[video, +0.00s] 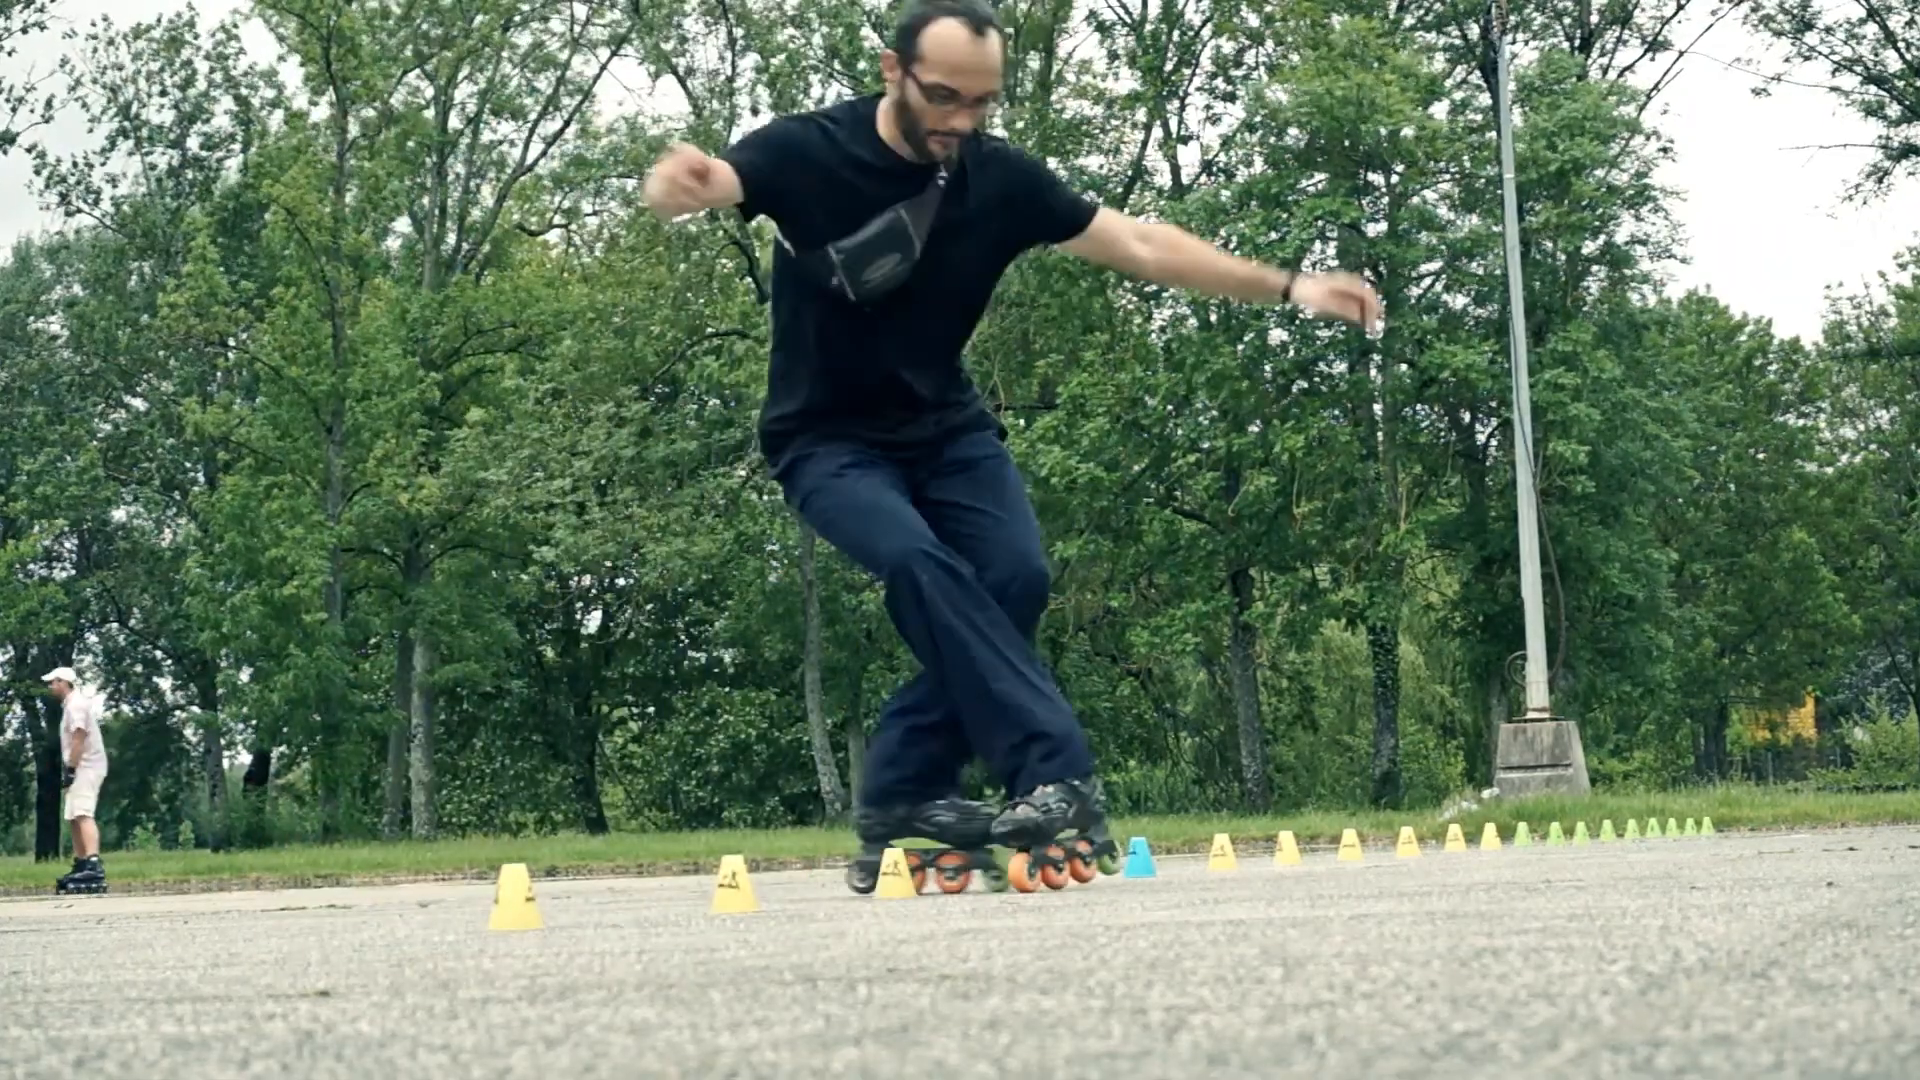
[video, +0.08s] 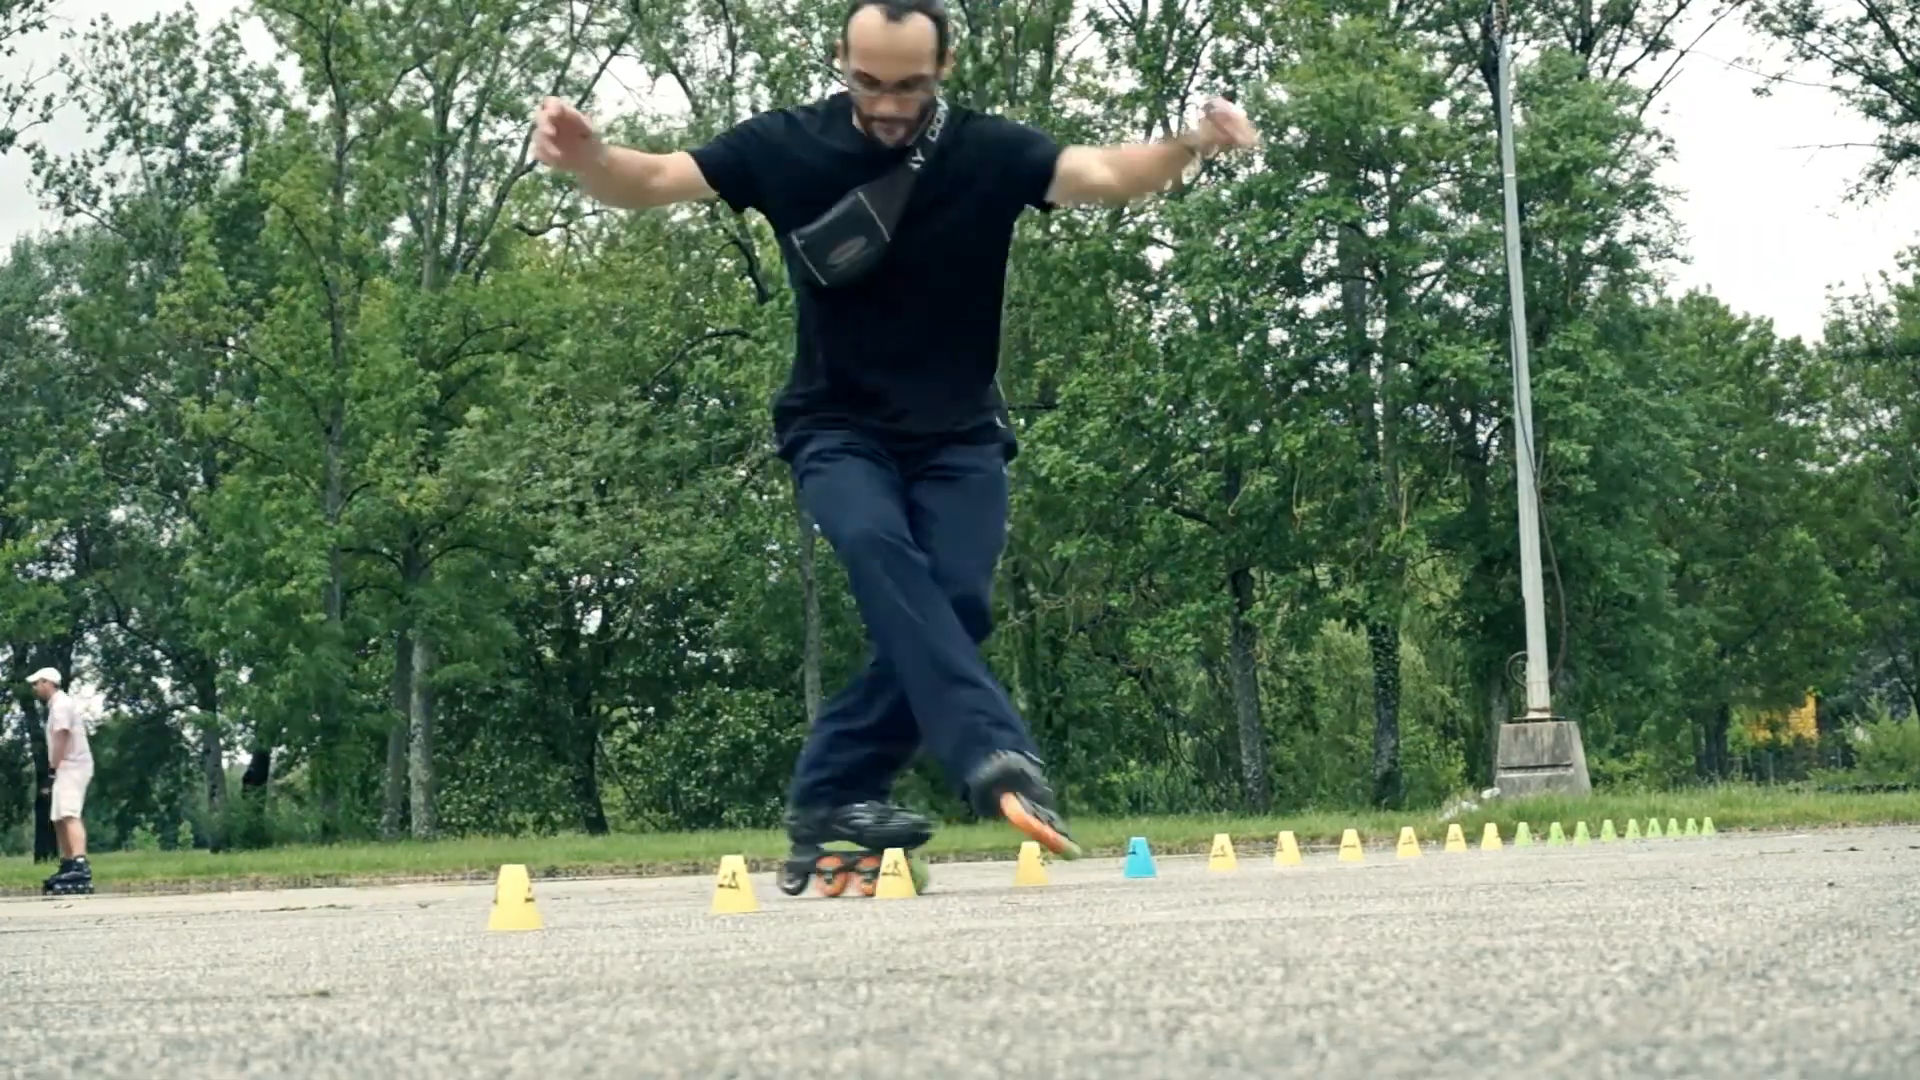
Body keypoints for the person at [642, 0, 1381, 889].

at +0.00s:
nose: (962, 123)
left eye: (983, 104)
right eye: (944, 99)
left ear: (1000, 92)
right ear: (894, 73)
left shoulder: (1004, 181)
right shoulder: (808, 151)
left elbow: (1139, 245)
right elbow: (703, 184)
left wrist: (1291, 287)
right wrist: (675, 184)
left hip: (945, 421)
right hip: (823, 431)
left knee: (1016, 572)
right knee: (911, 557)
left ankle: (902, 791)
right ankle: (1054, 772)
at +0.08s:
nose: (887, 105)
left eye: (907, 86)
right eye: (869, 84)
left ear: (939, 71)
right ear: (845, 67)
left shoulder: (986, 149)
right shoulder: (791, 146)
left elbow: (1105, 172)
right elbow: (661, 177)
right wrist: (589, 159)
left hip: (961, 431)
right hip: (838, 427)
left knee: (956, 605)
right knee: (873, 547)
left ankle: (832, 799)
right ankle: (994, 754)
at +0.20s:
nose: (810, 100)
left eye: (826, 79)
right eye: (797, 82)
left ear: (887, 57)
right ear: (790, 72)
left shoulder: (958, 135)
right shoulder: (789, 149)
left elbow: (1007, 74)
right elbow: (655, 178)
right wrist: (550, 147)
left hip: (975, 424)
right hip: (870, 405)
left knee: (875, 627)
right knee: (812, 487)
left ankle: (800, 813)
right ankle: (857, 705)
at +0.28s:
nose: (790, 100)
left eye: (799, 79)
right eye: (778, 84)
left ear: (861, 57)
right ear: (784, 81)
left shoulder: (943, 126)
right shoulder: (813, 158)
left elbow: (936, 27)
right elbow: (700, 183)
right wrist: (576, 144)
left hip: (983, 428)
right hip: (890, 408)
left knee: (865, 609)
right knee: (770, 468)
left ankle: (816, 805)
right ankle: (730, 688)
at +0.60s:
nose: (896, 113)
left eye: (900, 100)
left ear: (920, 94)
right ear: (995, 92)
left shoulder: (918, 121)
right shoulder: (1054, 170)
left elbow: (802, 33)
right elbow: (1138, 265)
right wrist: (1077, 259)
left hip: (984, 431)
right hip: (1047, 429)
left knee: (920, 636)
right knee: (878, 535)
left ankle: (1010, 815)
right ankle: (1020, 707)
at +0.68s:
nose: (941, 102)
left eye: (943, 95)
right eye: (951, 96)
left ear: (951, 97)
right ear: (1034, 95)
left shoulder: (923, 133)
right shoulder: (1084, 161)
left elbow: (816, 68)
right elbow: (1223, 222)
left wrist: (863, 6)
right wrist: (1259, 206)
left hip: (980, 439)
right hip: (1078, 430)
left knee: (945, 640)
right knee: (1021, 571)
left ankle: (1054, 814)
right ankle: (1172, 677)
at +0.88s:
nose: (1153, 83)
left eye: (1152, 74)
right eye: (1153, 71)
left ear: (1060, 64)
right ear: (1136, 65)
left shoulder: (993, 145)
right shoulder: (1153, 113)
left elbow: (988, 205)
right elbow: (1302, 82)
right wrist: (1352, 10)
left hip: (1014, 411)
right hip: (1123, 387)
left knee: (1084, 632)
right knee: (1194, 536)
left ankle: (1192, 817)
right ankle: (1167, 594)